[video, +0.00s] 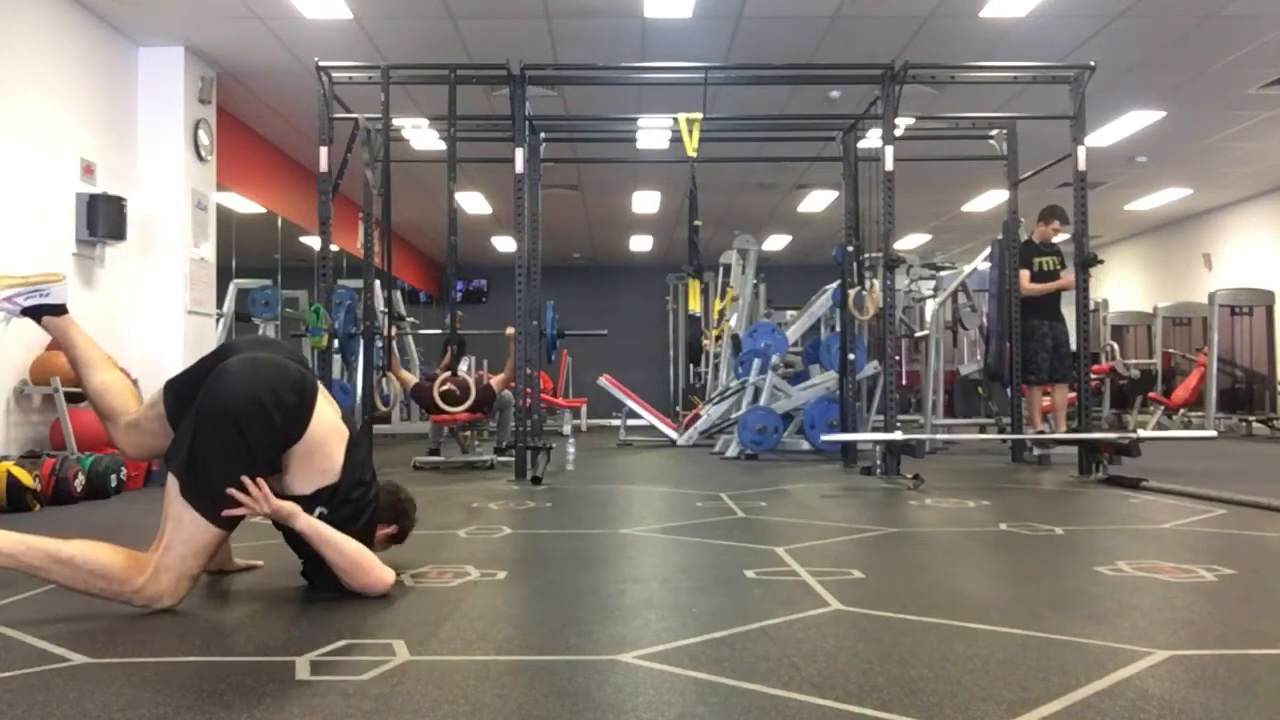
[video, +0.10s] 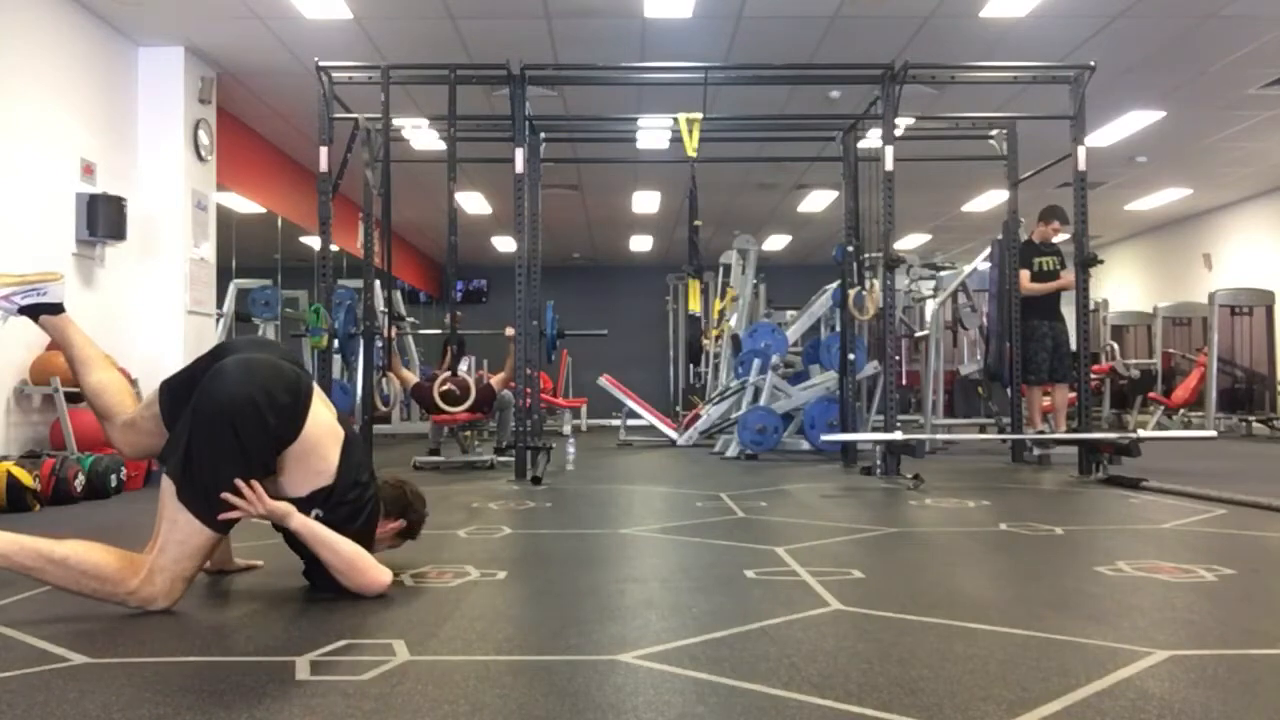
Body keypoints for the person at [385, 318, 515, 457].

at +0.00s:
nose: (449, 378)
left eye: (444, 383)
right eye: (453, 381)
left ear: (436, 392)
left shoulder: (429, 399)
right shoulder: (480, 398)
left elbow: (397, 371)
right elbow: (507, 376)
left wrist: (390, 341)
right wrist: (512, 341)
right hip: (475, 406)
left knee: (437, 411)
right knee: (507, 397)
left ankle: (434, 447)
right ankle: (503, 444)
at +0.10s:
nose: (449, 378)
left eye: (444, 384)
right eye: (453, 382)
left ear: (437, 392)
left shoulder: (428, 398)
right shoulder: (481, 398)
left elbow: (398, 370)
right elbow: (507, 375)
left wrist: (390, 342)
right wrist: (511, 342)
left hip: (439, 407)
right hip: (476, 407)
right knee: (507, 397)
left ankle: (434, 447)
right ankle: (502, 444)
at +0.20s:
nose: (450, 378)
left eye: (444, 383)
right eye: (454, 380)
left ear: (437, 392)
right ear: (468, 391)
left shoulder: (428, 398)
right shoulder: (480, 399)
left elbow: (397, 371)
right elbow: (508, 375)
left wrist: (390, 341)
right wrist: (512, 342)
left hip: (438, 408)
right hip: (475, 408)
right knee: (507, 397)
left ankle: (434, 447)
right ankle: (502, 444)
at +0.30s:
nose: (449, 378)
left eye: (444, 384)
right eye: (453, 382)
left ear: (436, 393)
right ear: (468, 391)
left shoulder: (428, 398)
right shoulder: (480, 398)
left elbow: (397, 371)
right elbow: (508, 375)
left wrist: (390, 341)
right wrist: (512, 341)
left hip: (438, 408)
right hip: (475, 408)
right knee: (507, 397)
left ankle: (434, 447)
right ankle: (502, 444)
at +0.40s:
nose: (449, 378)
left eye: (444, 384)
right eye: (453, 382)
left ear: (436, 393)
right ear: (468, 391)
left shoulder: (428, 399)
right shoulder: (480, 398)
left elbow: (397, 371)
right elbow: (508, 375)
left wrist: (390, 341)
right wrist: (512, 341)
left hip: (439, 408)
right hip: (475, 408)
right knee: (507, 397)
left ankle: (434, 447)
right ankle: (502, 444)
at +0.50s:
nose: (449, 379)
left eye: (443, 384)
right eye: (453, 383)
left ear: (436, 393)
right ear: (468, 391)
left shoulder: (428, 398)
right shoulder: (479, 399)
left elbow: (397, 371)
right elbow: (508, 375)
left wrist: (390, 341)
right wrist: (511, 341)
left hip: (439, 409)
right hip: (475, 408)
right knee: (507, 397)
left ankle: (434, 447)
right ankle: (502, 444)